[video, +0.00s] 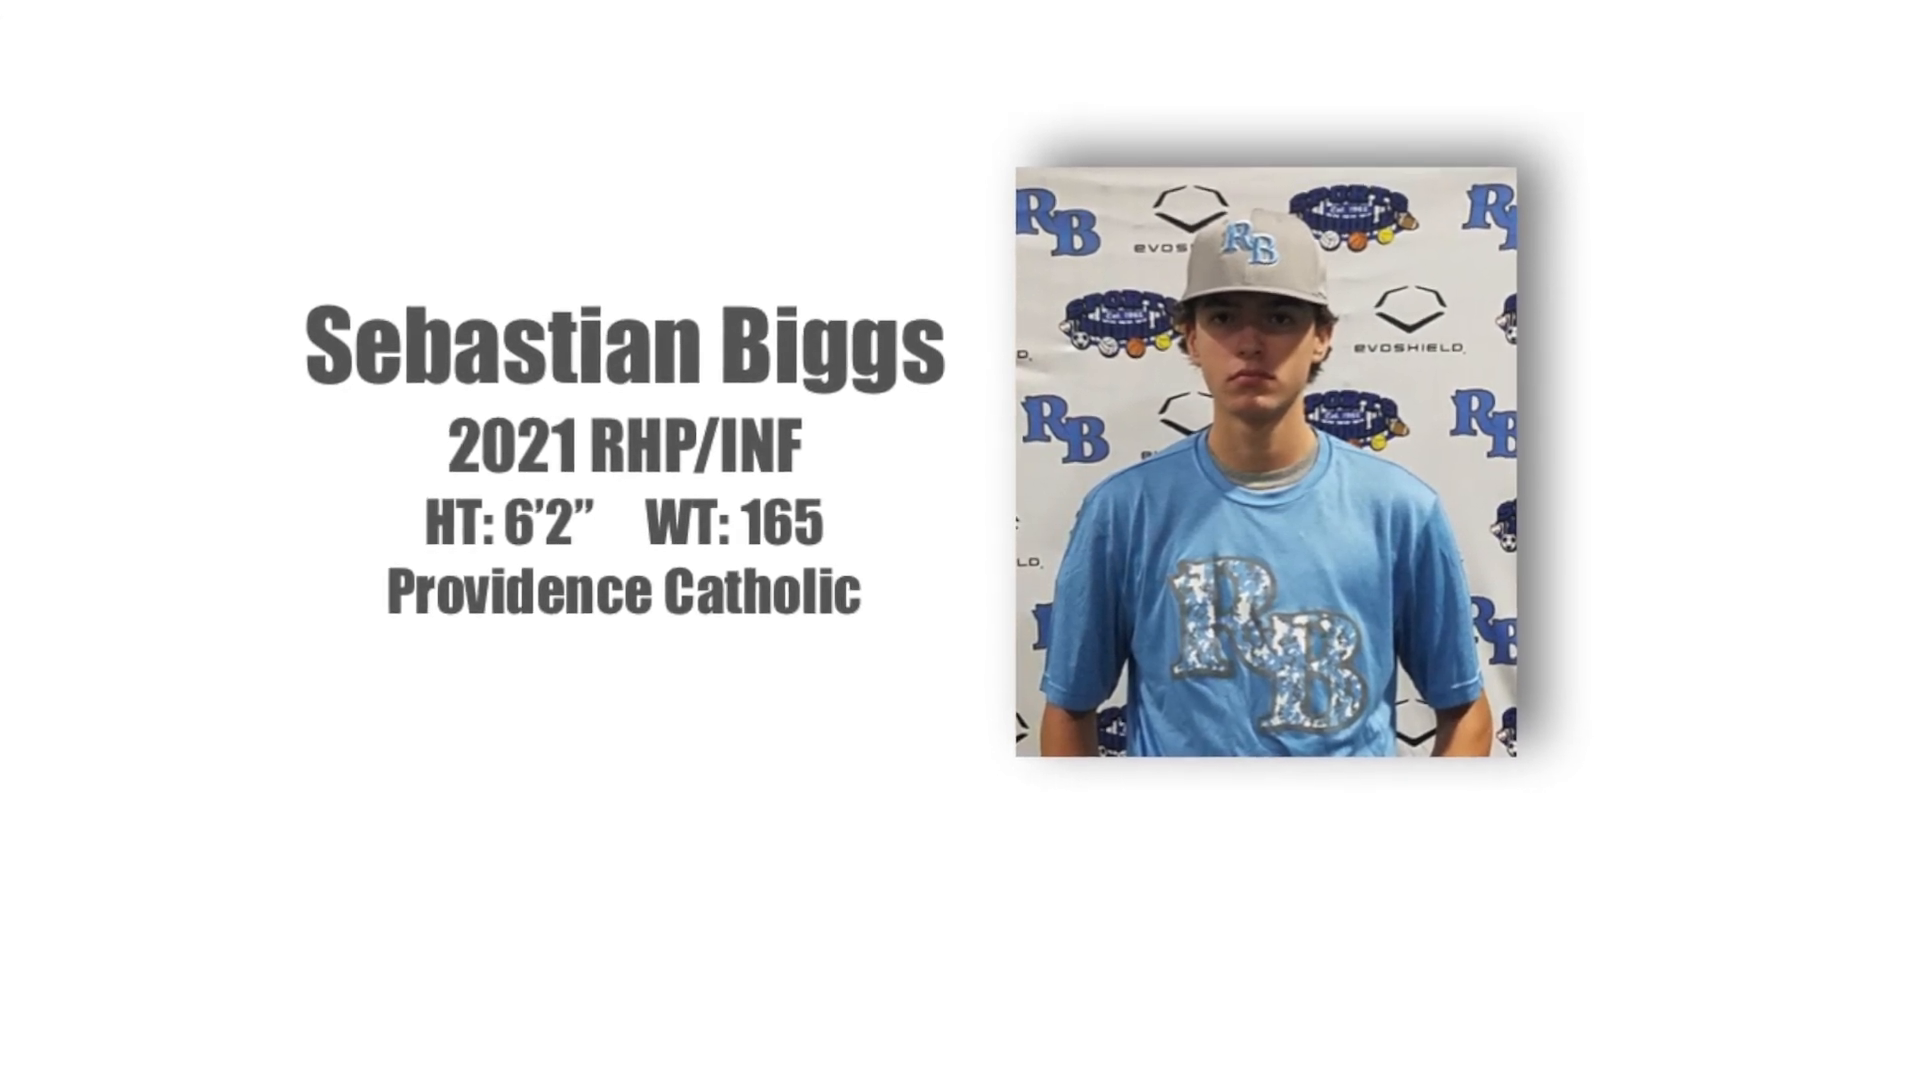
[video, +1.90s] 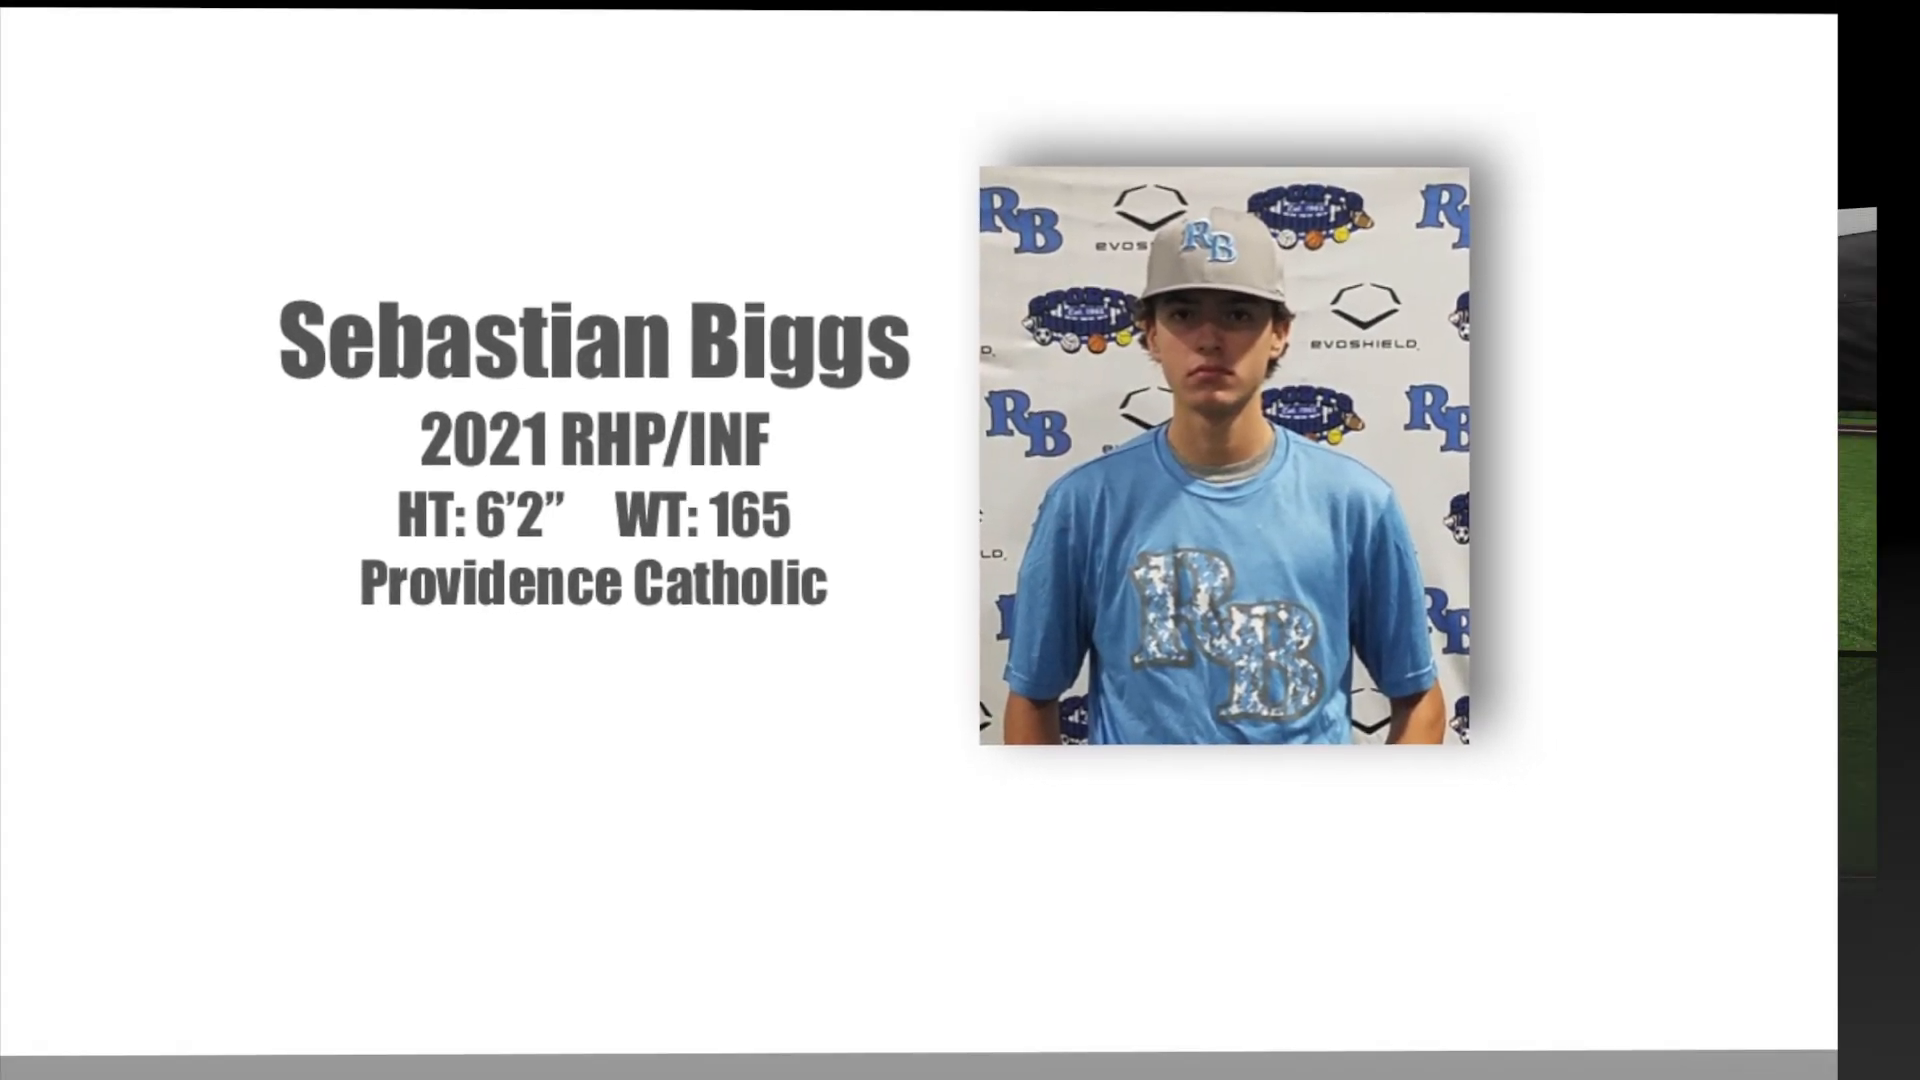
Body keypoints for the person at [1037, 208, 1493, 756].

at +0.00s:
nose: (1251, 342)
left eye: (1279, 317)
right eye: (1226, 318)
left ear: (1320, 340)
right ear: (1191, 339)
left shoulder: (1402, 511)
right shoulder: (1120, 513)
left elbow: (1466, 712)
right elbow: (1069, 714)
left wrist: (1426, 832)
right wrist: (1080, 838)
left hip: (1357, 828)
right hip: (1174, 829)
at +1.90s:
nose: (1209, 338)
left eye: (1237, 314)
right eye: (1186, 315)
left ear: (1278, 336)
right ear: (1151, 336)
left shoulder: (1357, 503)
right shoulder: (1082, 506)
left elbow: (1420, 700)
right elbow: (1032, 702)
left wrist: (1381, 819)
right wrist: (1042, 826)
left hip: (1314, 815)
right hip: (1135, 814)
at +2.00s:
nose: (1167, 340)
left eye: (1194, 317)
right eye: (1144, 317)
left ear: (1232, 337)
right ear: (1111, 337)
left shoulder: (1308, 497)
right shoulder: (1044, 501)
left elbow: (1367, 685)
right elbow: (998, 687)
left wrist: (1331, 800)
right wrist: (1007, 805)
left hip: (1266, 799)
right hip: (1096, 799)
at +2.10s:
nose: (1117, 342)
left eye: (1142, 320)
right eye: (1096, 320)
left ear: (1179, 339)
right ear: (1064, 339)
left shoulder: (1249, 491)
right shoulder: (1002, 494)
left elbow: (1306, 668)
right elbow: (958, 671)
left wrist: (1273, 776)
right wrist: (965, 782)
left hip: (1211, 775)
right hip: (1050, 776)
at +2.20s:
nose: (1064, 344)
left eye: (1087, 324)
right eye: (1044, 324)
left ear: (1121, 343)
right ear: (1014, 341)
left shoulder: (1188, 484)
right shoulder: (955, 486)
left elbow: (1240, 650)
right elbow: (914, 652)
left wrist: (1210, 753)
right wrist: (921, 757)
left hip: (1151, 752)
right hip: (1001, 752)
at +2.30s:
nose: (1009, 346)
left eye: (1031, 327)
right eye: (990, 327)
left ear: (1063, 344)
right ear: (963, 343)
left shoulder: (1125, 478)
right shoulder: (908, 479)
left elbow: (1173, 633)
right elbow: (869, 634)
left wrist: (1146, 728)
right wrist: (874, 732)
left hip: (1091, 725)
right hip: (951, 726)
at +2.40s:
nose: (956, 349)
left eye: (976, 331)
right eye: (938, 331)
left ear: (1005, 347)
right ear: (912, 345)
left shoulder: (1063, 471)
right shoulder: (861, 473)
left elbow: (1108, 616)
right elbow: (824, 618)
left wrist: (1081, 706)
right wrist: (829, 711)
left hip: (1031, 703)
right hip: (901, 704)